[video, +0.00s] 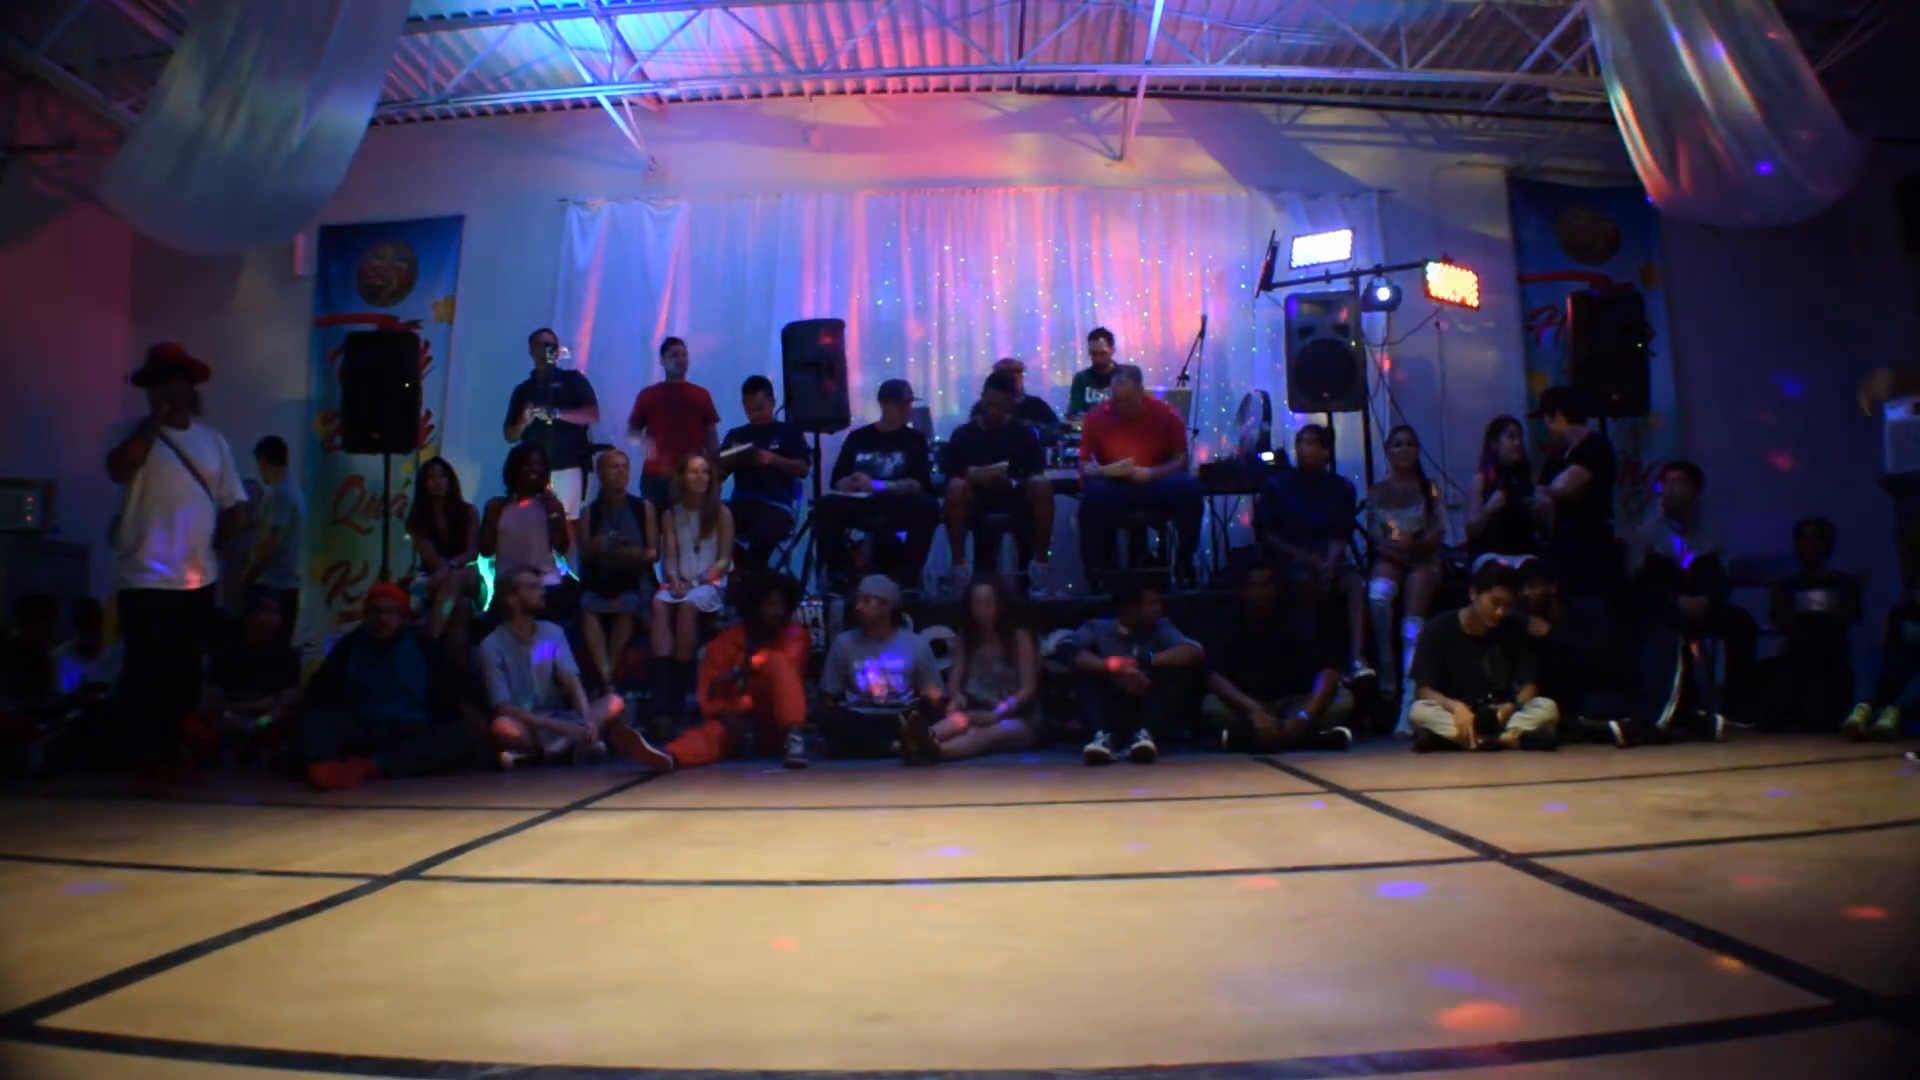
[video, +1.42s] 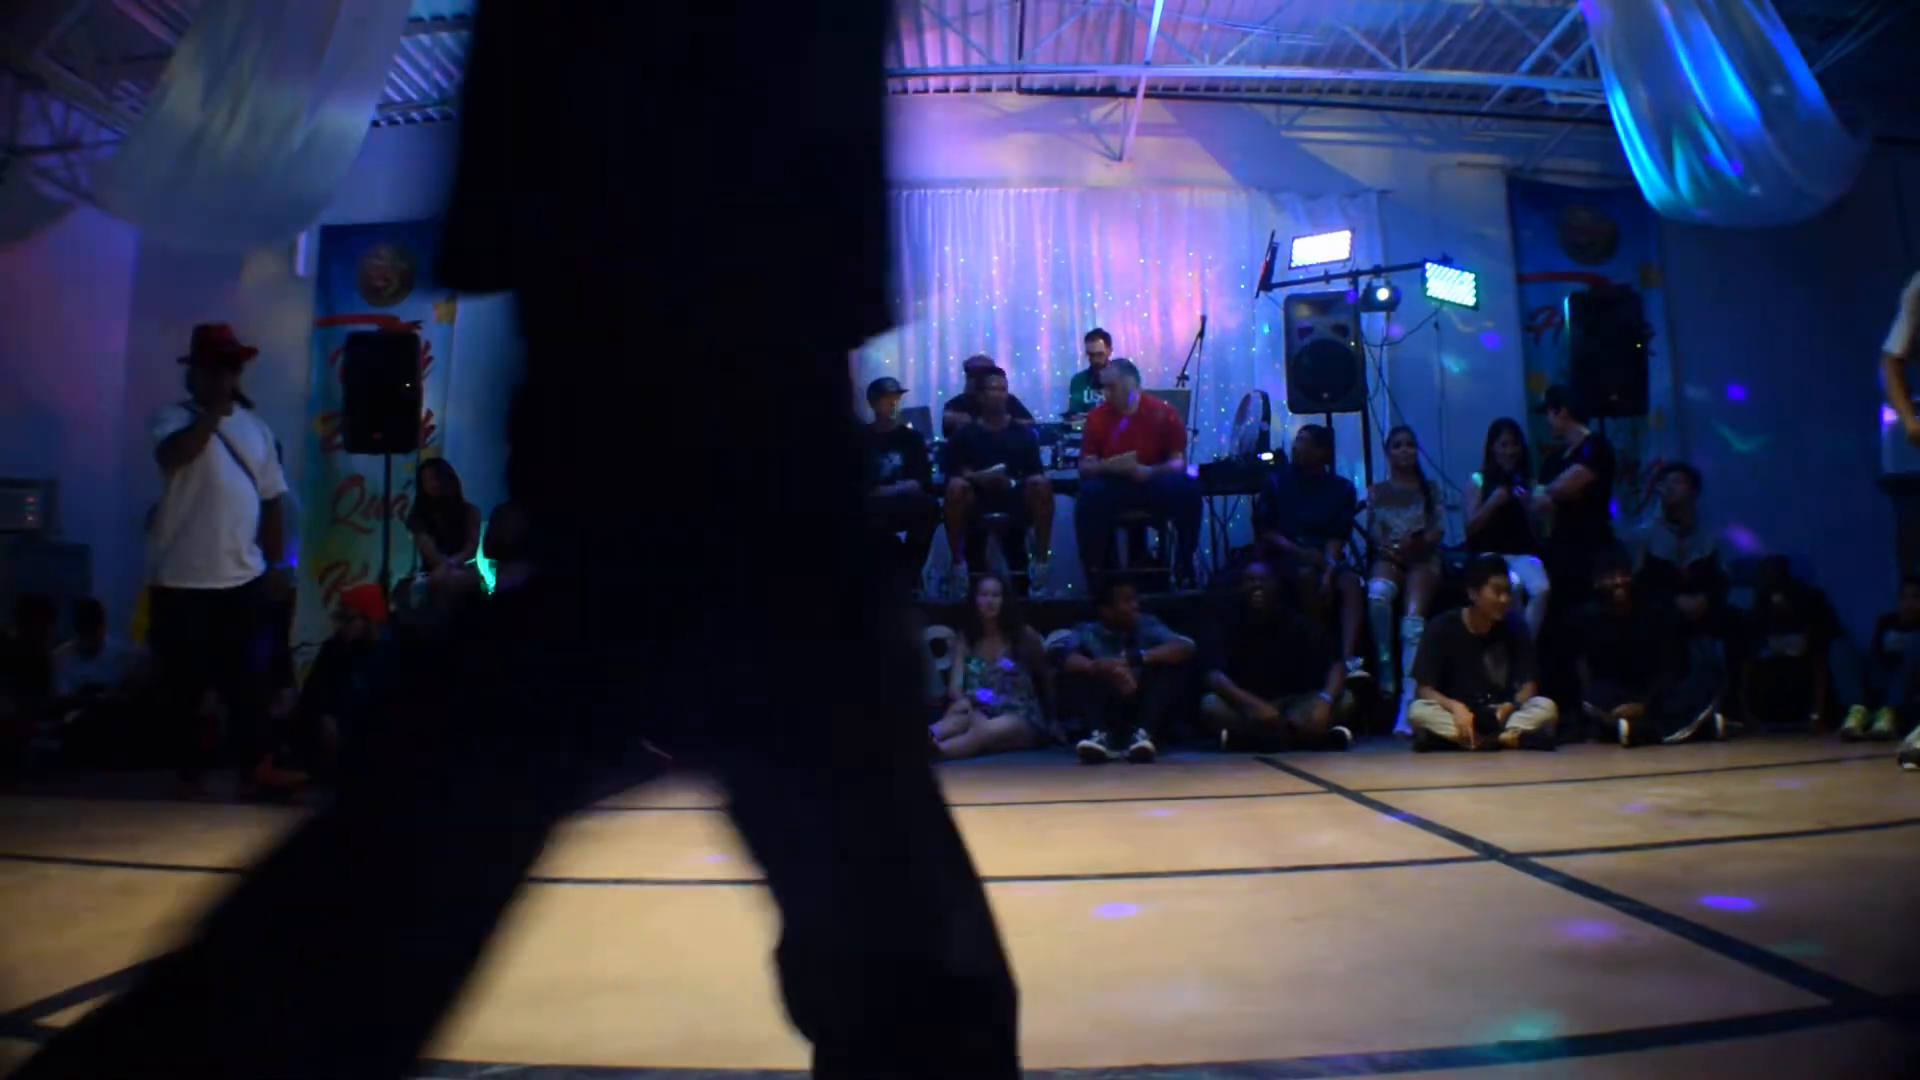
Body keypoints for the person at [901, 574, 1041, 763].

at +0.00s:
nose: (983, 609)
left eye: (989, 603)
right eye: (978, 603)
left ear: (1000, 605)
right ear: (969, 607)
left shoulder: (1018, 638)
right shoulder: (966, 639)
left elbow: (1028, 688)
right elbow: (954, 682)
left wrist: (995, 714)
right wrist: (958, 698)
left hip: (1011, 711)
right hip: (975, 708)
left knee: (979, 736)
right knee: (957, 722)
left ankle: (935, 752)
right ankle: (922, 737)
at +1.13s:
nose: (994, 600)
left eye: (999, 595)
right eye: (988, 595)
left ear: (1008, 599)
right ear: (978, 599)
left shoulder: (1023, 636)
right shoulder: (969, 636)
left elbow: (1046, 682)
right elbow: (956, 687)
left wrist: (1020, 712)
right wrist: (964, 707)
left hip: (1014, 713)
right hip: (978, 712)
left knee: (988, 734)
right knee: (960, 718)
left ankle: (934, 751)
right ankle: (924, 736)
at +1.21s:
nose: (992, 601)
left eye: (998, 595)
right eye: (986, 595)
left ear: (1007, 599)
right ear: (977, 599)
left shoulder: (1023, 634)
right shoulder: (969, 634)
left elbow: (1050, 675)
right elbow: (956, 686)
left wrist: (1043, 712)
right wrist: (963, 704)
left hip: (1017, 709)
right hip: (979, 707)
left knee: (983, 735)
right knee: (962, 719)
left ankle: (936, 751)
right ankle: (923, 736)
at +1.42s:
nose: (990, 601)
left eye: (996, 595)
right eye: (984, 595)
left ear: (1005, 600)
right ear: (974, 600)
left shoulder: (1023, 635)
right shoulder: (966, 638)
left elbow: (1044, 677)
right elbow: (954, 689)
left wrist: (1052, 721)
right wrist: (968, 704)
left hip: (1018, 711)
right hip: (978, 708)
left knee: (984, 733)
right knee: (959, 718)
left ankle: (936, 752)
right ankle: (926, 735)